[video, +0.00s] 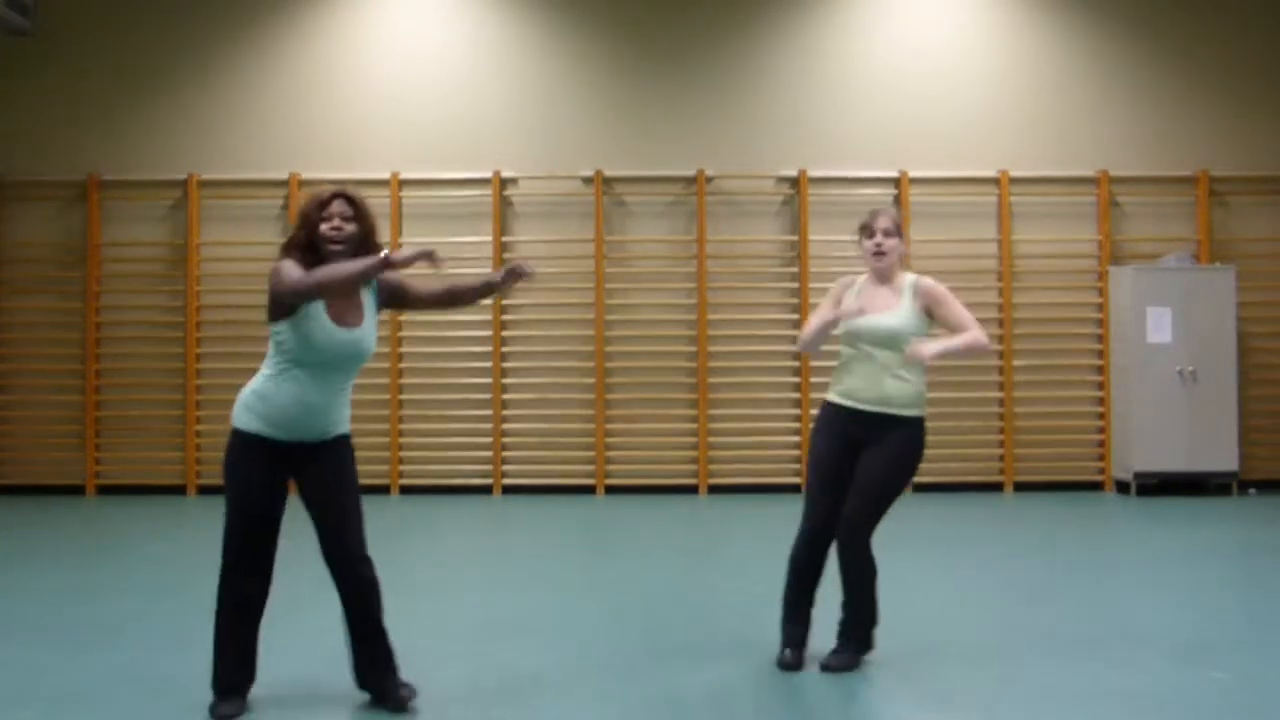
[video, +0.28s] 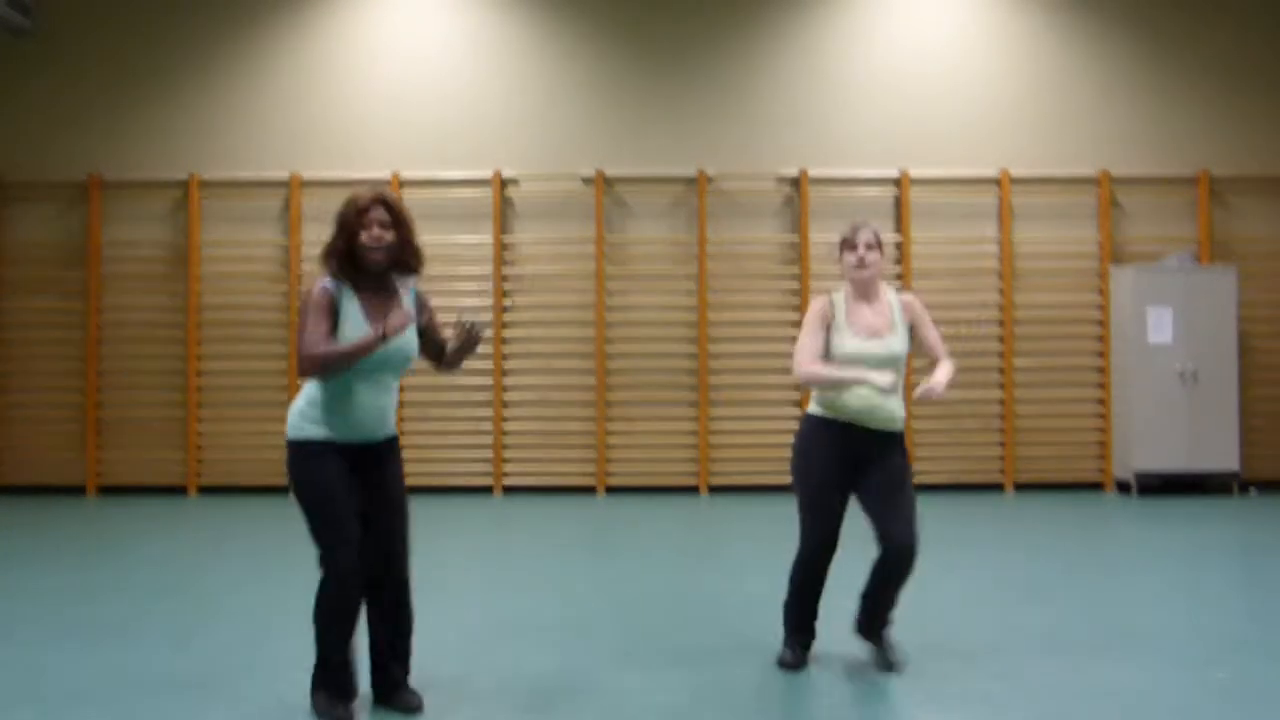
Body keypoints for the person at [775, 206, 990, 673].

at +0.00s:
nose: (879, 242)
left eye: (888, 234)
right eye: (871, 235)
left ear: (903, 242)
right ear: (860, 244)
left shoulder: (923, 290)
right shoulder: (846, 289)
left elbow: (979, 337)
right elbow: (805, 344)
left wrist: (935, 347)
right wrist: (836, 316)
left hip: (898, 426)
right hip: (839, 419)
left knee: (853, 531)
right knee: (815, 527)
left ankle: (855, 642)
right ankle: (793, 639)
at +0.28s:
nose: (862, 255)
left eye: (870, 248)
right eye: (852, 248)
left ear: (884, 257)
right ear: (841, 259)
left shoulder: (906, 306)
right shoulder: (825, 307)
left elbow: (944, 360)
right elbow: (803, 369)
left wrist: (939, 378)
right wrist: (865, 375)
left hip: (883, 442)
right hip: (825, 437)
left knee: (902, 545)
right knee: (817, 545)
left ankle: (872, 626)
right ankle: (797, 640)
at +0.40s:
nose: (872, 248)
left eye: (881, 241)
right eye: (862, 242)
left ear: (894, 253)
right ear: (849, 256)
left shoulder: (914, 301)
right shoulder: (838, 304)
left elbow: (946, 352)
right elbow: (835, 369)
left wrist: (939, 369)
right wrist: (895, 357)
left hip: (902, 437)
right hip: (845, 437)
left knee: (929, 543)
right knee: (833, 546)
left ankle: (911, 639)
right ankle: (799, 638)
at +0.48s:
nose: (879, 242)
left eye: (886, 235)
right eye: (868, 237)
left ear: (899, 244)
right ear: (855, 251)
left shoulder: (919, 289)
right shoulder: (848, 297)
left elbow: (969, 325)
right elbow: (867, 343)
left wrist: (953, 316)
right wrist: (919, 312)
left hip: (918, 430)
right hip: (863, 432)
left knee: (925, 546)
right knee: (864, 545)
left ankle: (904, 642)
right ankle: (811, 632)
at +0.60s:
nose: (889, 239)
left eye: (896, 232)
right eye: (879, 234)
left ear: (909, 240)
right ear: (865, 246)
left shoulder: (929, 285)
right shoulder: (859, 292)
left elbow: (992, 303)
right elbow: (900, 304)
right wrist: (959, 258)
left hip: (928, 425)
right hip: (875, 426)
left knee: (961, 532)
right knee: (893, 538)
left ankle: (926, 630)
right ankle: (868, 642)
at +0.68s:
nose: (897, 245)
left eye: (904, 238)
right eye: (887, 239)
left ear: (916, 245)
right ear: (874, 250)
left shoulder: (935, 291)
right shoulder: (868, 296)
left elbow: (1003, 300)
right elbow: (920, 299)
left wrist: (1048, 259)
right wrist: (981, 249)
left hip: (940, 431)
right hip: (885, 434)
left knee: (982, 535)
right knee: (898, 545)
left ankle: (977, 635)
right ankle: (863, 642)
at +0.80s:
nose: (909, 254)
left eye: (916, 246)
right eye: (898, 249)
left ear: (928, 253)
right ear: (884, 261)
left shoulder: (952, 293)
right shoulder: (882, 311)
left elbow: (1012, 321)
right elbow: (926, 335)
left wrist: (1067, 294)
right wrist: (994, 295)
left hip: (966, 434)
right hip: (909, 438)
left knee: (993, 544)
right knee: (923, 554)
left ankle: (1024, 649)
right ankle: (869, 640)